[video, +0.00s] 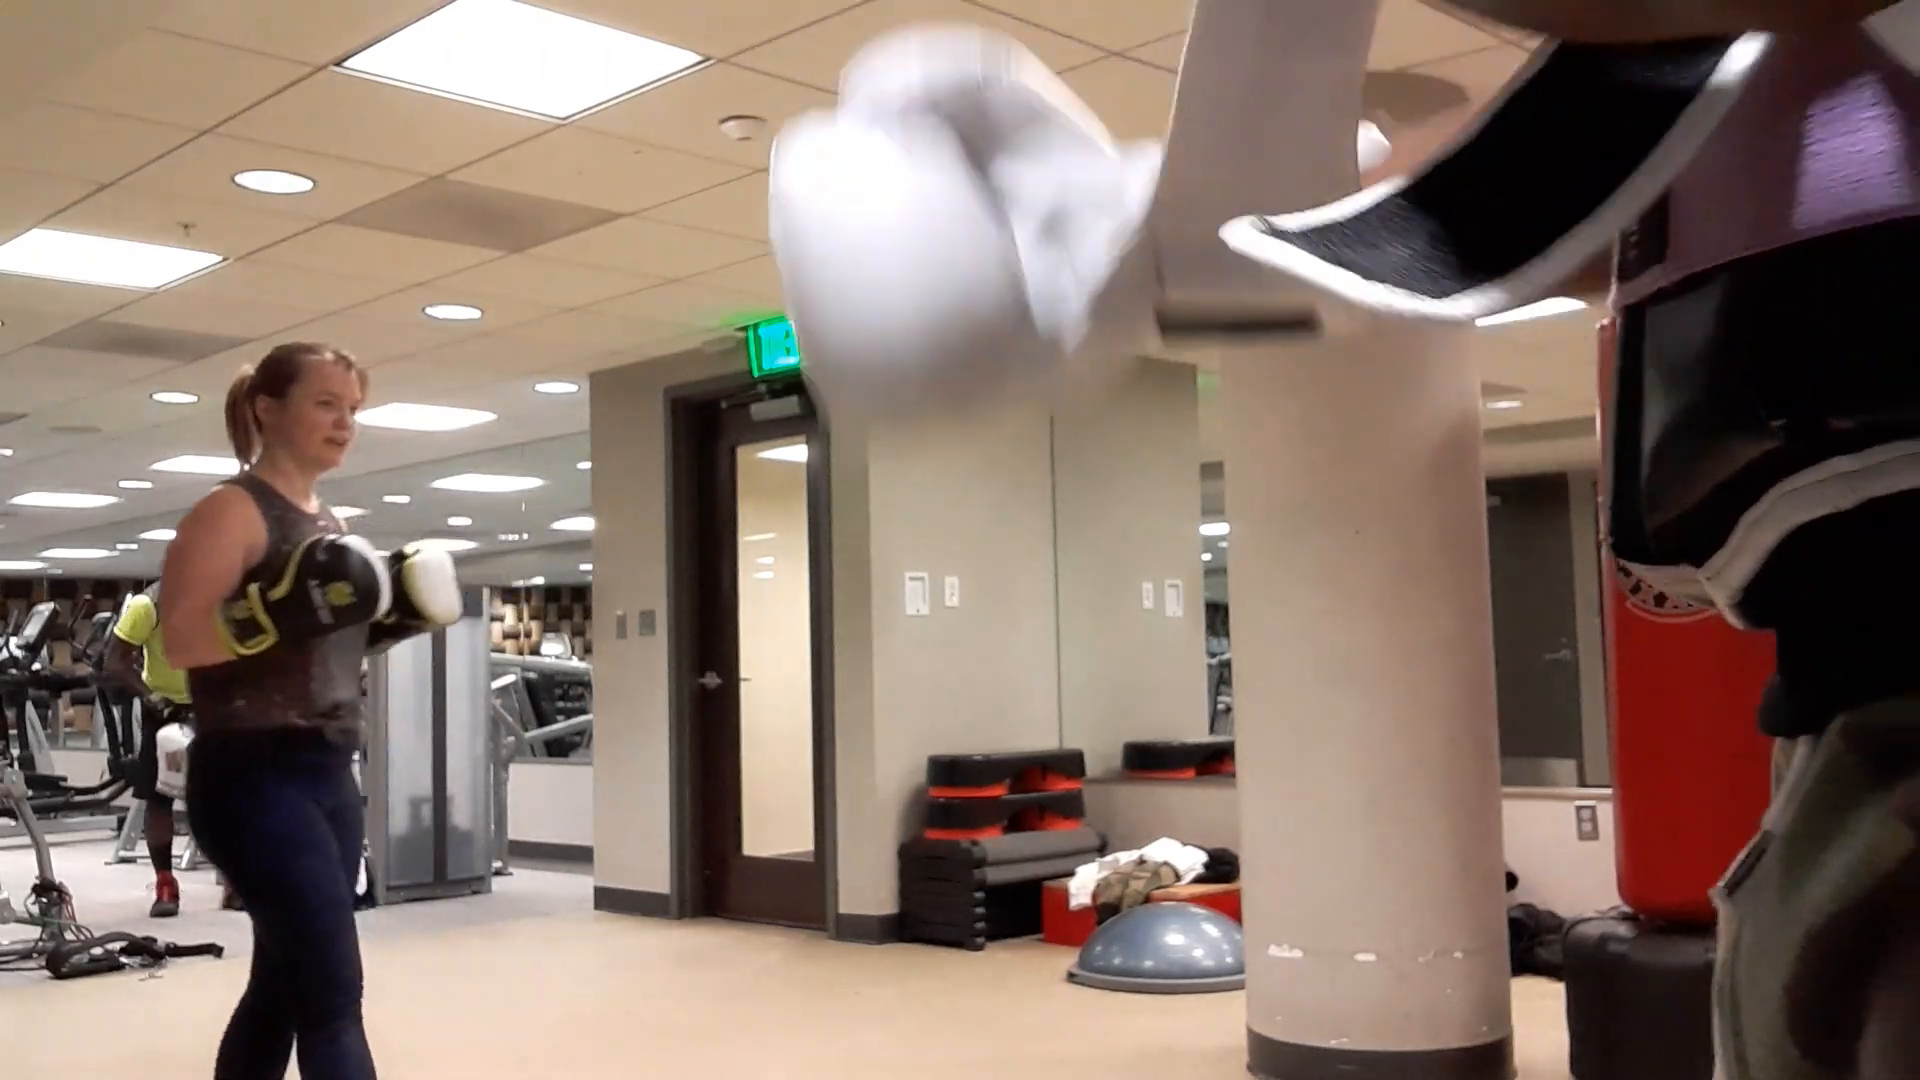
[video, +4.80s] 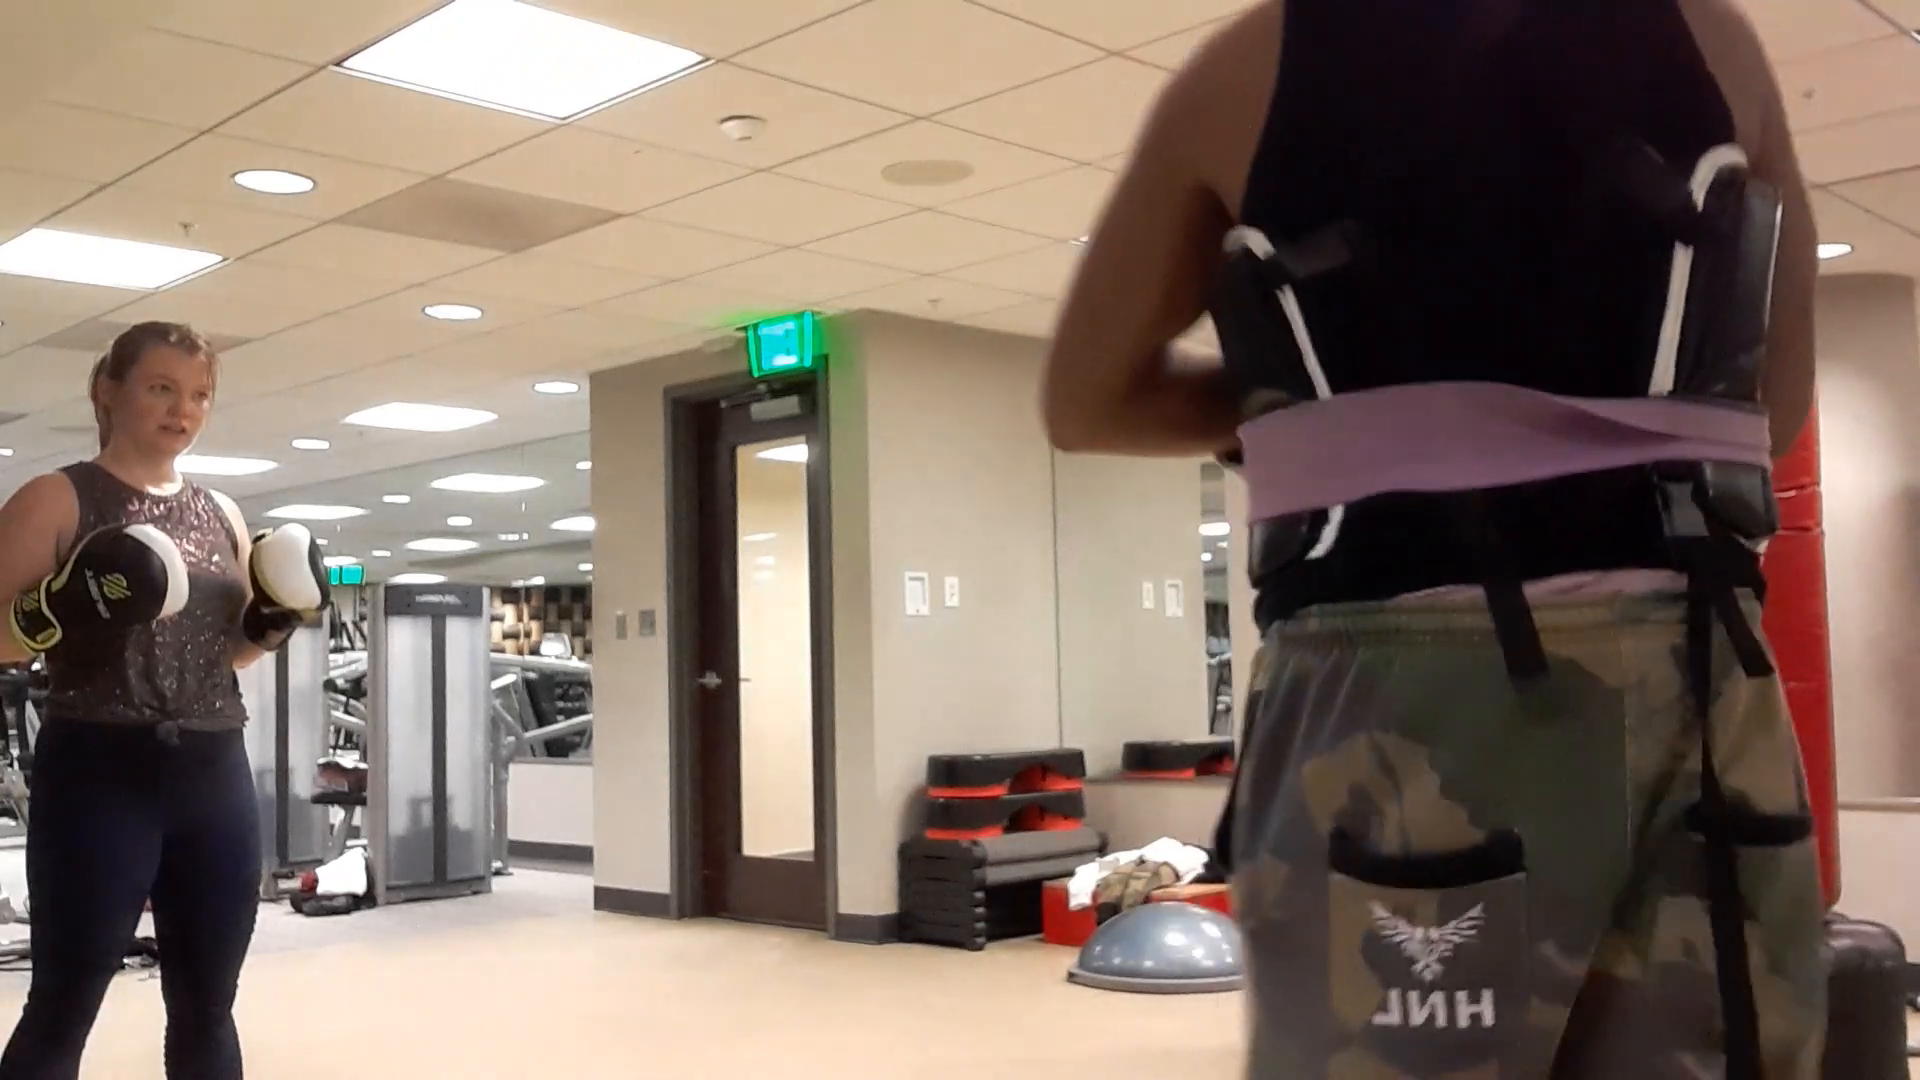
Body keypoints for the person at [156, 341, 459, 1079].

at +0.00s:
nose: (344, 424)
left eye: (352, 412)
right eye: (326, 406)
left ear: (357, 422)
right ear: (268, 410)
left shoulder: (325, 522)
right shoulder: (229, 511)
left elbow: (323, 645)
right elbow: (182, 642)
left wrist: (391, 620)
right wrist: (289, 612)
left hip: (325, 770)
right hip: (250, 775)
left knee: (279, 997)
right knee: (332, 992)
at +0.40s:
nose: (276, 422)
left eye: (287, 409)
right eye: (258, 403)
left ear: (295, 419)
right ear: (201, 404)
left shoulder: (266, 518)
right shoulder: (157, 507)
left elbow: (272, 647)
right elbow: (106, 640)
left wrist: (332, 615)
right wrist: (198, 603)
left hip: (273, 756)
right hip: (188, 758)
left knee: (251, 983)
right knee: (232, 984)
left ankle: (154, 1066)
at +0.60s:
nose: (229, 416)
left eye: (243, 403)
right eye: (209, 396)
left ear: (253, 414)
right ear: (156, 402)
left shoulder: (233, 517)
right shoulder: (113, 503)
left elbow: (236, 651)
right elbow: (64, 646)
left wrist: (300, 620)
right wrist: (160, 599)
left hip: (245, 771)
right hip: (143, 773)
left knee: (241, 993)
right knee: (120, 998)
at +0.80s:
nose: (180, 409)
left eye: (195, 395)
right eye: (158, 389)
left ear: (206, 409)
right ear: (107, 394)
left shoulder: (206, 517)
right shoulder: (57, 500)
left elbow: (216, 644)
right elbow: (2, 632)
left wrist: (263, 618)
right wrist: (78, 600)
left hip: (195, 772)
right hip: (87, 772)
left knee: (228, 987)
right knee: (73, 996)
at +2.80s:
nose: (181, 408)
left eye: (197, 393)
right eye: (158, 387)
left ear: (210, 407)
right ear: (108, 393)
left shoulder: (226, 515)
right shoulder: (60, 502)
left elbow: (233, 659)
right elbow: (1, 648)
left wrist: (284, 613)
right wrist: (60, 606)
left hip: (224, 780)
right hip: (103, 780)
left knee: (211, 1013)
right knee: (65, 1011)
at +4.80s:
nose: (183, 411)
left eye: (198, 396)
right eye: (163, 389)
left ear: (209, 409)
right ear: (106, 392)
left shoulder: (222, 516)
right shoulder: (55, 501)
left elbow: (224, 658)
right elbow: (2, 641)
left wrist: (278, 615)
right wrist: (64, 606)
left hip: (216, 777)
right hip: (95, 776)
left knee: (207, 1010)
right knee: (63, 1008)